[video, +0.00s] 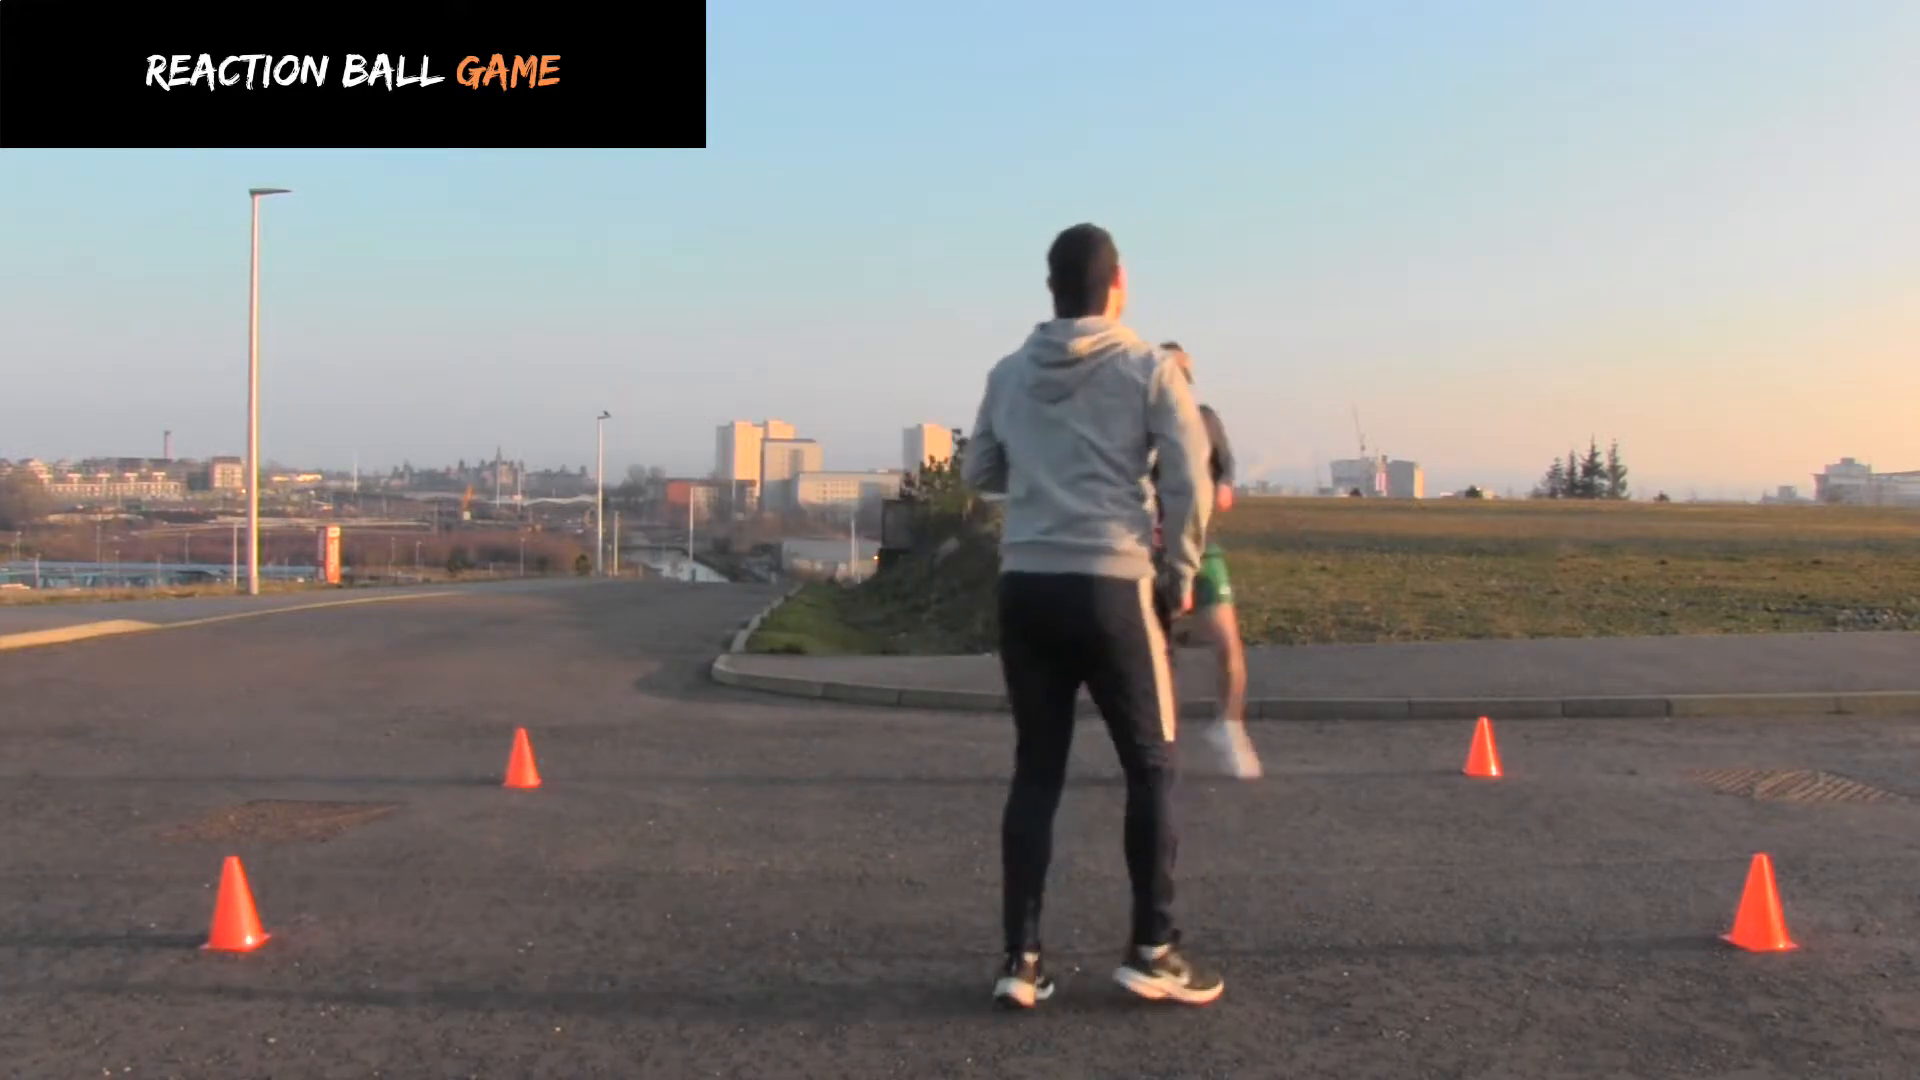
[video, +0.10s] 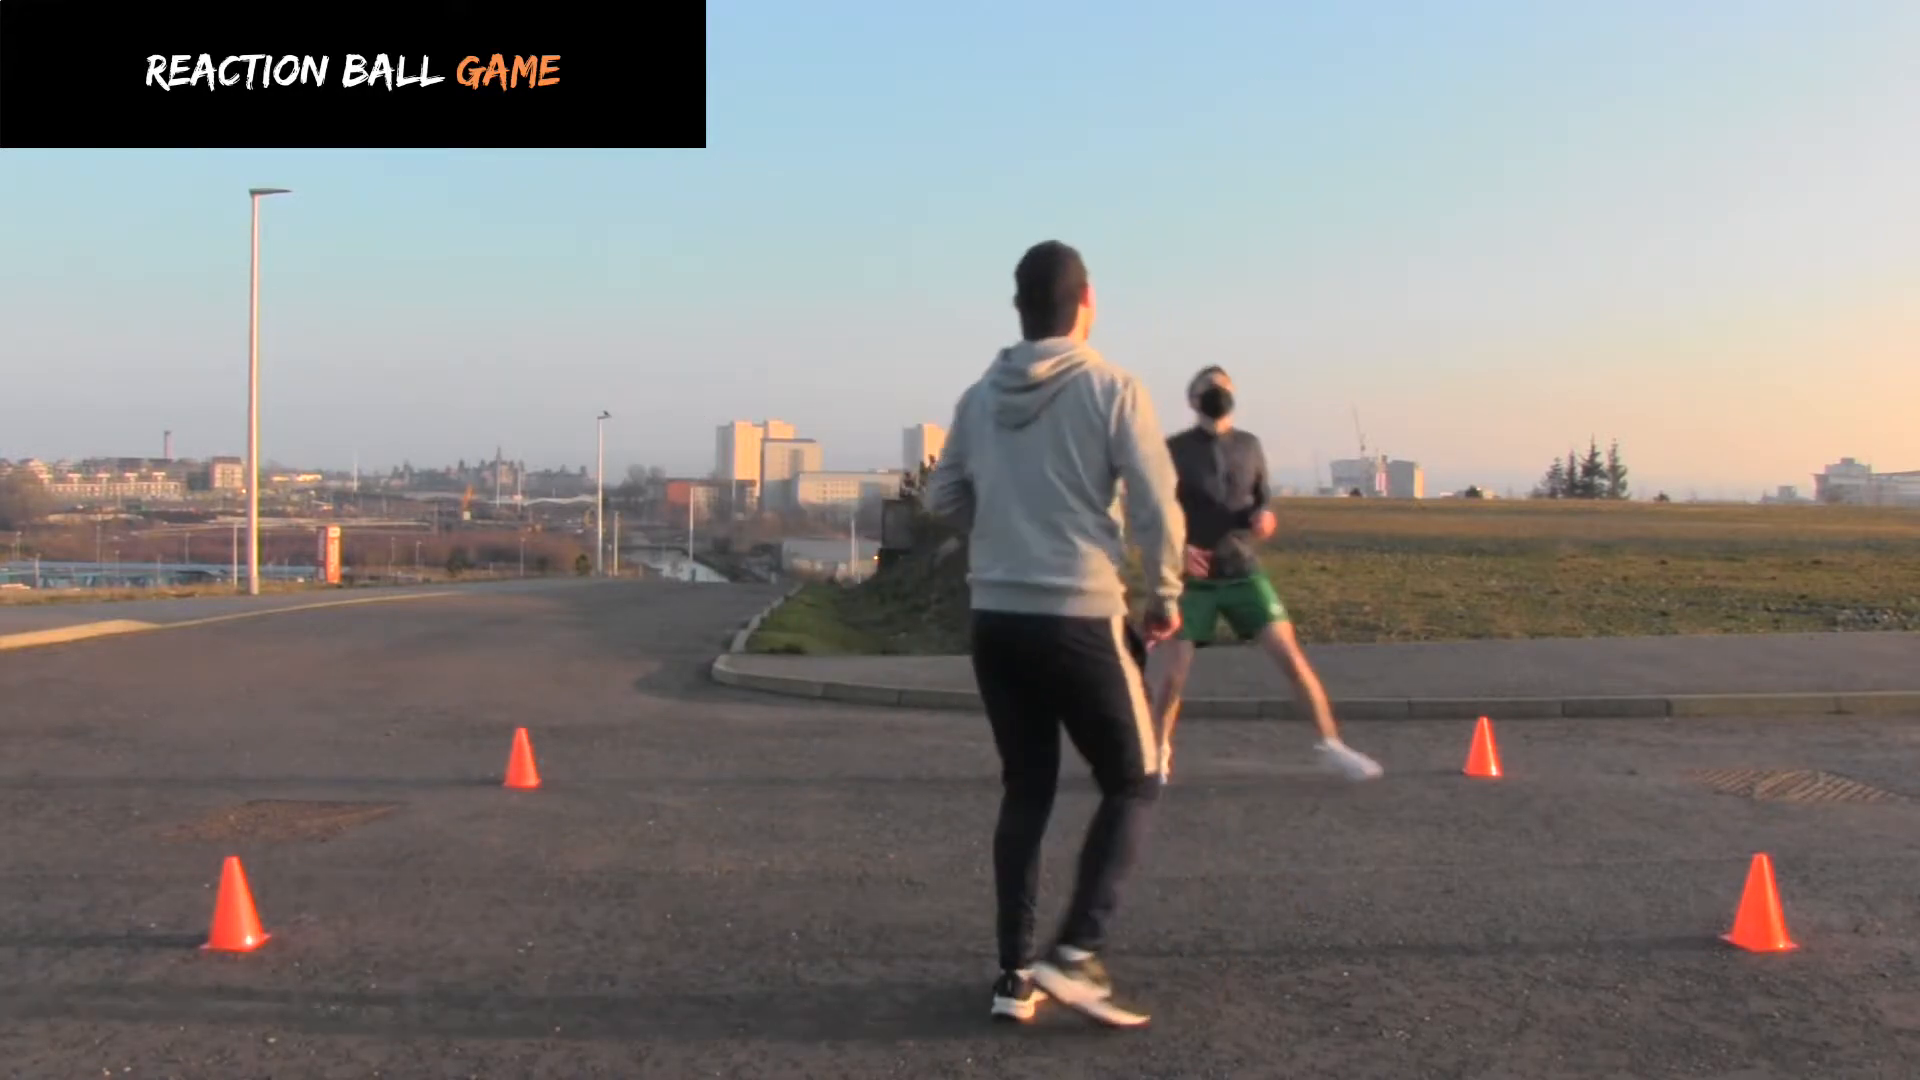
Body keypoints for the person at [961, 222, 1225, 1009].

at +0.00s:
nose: (1126, 289)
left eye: (1110, 278)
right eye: (1124, 278)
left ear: (1052, 287)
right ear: (1117, 284)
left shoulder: (1010, 372)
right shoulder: (1150, 367)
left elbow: (980, 471)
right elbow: (1188, 478)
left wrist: (1048, 463)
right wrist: (1178, 572)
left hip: (1025, 590)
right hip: (1111, 590)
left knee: (1034, 772)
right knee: (1150, 767)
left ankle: (1019, 961)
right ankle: (1151, 950)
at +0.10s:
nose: (1093, 308)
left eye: (1075, 298)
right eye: (1091, 298)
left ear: (1018, 306)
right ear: (1085, 304)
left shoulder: (980, 398)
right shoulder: (1114, 390)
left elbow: (944, 499)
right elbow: (1158, 505)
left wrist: (1004, 516)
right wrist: (1160, 596)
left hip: (994, 622)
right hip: (1079, 625)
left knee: (1025, 786)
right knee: (1131, 781)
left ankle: (1015, 978)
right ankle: (1078, 954)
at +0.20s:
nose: (1076, 296)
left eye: (1064, 286)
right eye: (1074, 286)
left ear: (1000, 294)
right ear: (1068, 292)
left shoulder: (959, 386)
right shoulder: (1100, 377)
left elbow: (919, 492)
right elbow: (1142, 492)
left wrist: (985, 505)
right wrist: (1133, 586)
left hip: (984, 618)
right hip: (1070, 617)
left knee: (1016, 782)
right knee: (1089, 787)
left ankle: (1014, 965)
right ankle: (1015, 954)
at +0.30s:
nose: (1048, 282)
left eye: (1007, 269)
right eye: (1050, 270)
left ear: (976, 274)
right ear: (1048, 274)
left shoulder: (934, 362)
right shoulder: (1083, 355)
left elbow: (891, 457)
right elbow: (1126, 471)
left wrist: (958, 497)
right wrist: (1094, 548)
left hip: (955, 594)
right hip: (1043, 597)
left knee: (988, 775)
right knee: (1026, 783)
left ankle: (996, 957)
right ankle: (956, 974)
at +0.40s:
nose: (1043, 293)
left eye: (1023, 280)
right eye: (1043, 282)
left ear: (965, 285)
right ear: (1036, 287)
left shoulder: (915, 379)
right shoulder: (1068, 372)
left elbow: (881, 498)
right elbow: (1119, 491)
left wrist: (928, 537)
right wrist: (1074, 564)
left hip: (930, 609)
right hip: (1020, 612)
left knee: (977, 783)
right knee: (1011, 801)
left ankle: (973, 950)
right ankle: (939, 1007)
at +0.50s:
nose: (1026, 308)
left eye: (1018, 295)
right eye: (1025, 297)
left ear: (945, 299)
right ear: (1016, 303)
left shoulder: (894, 397)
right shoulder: (1031, 393)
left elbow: (860, 506)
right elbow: (1078, 527)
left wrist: (933, 524)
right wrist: (1058, 601)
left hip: (902, 631)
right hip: (990, 634)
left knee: (943, 776)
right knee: (997, 822)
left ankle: (906, 947)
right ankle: (934, 1017)